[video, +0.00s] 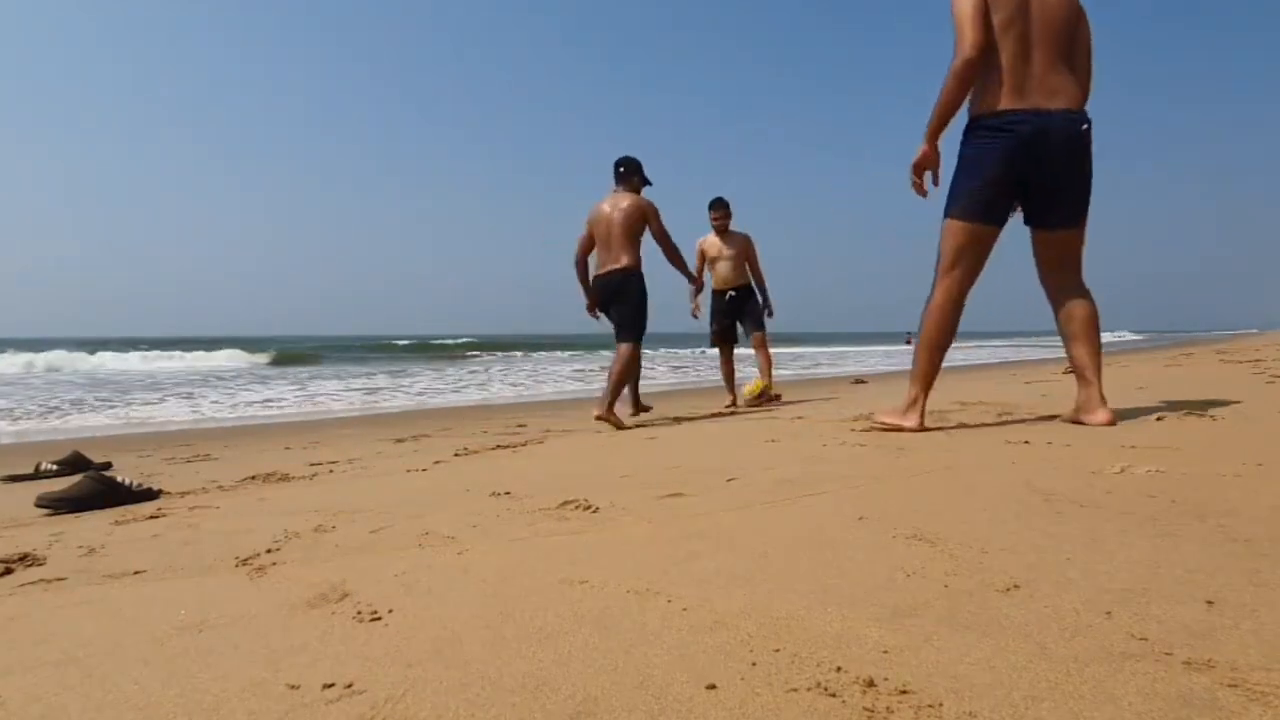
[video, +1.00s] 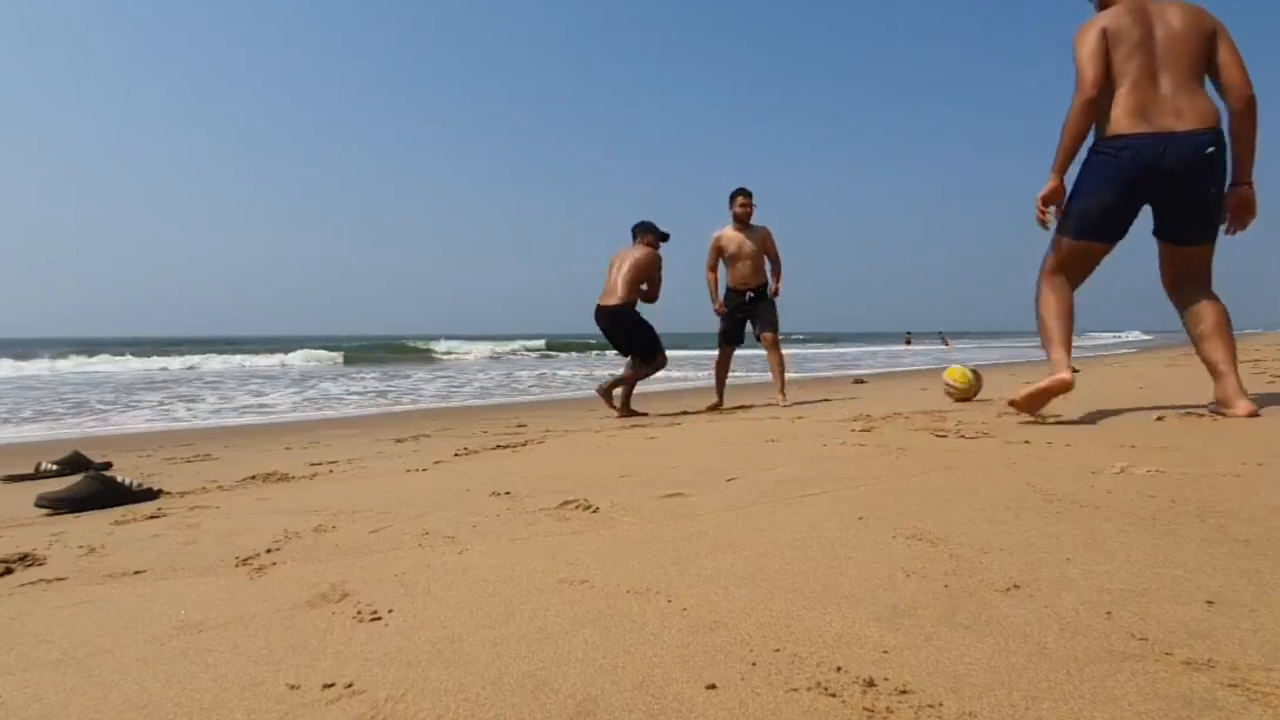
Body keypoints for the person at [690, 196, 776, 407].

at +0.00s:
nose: (720, 223)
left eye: (724, 218)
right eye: (715, 219)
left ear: (730, 217)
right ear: (710, 219)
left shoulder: (743, 240)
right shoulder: (704, 244)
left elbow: (755, 271)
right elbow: (699, 274)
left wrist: (765, 298)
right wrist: (695, 299)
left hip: (744, 292)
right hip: (720, 295)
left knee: (759, 339)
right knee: (725, 349)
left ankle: (767, 389)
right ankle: (731, 396)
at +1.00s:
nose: (747, 210)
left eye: (750, 206)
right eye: (742, 206)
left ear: (753, 209)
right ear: (732, 208)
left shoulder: (762, 234)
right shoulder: (721, 238)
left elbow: (775, 260)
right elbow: (712, 269)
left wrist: (776, 282)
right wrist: (715, 299)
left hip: (760, 292)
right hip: (735, 293)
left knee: (770, 339)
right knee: (726, 348)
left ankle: (781, 393)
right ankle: (719, 397)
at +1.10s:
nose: (762, 208)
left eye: (764, 203)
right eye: (757, 203)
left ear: (768, 206)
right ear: (746, 205)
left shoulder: (774, 232)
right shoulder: (732, 234)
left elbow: (786, 260)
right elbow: (721, 265)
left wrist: (782, 277)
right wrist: (723, 295)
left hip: (769, 290)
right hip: (743, 292)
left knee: (777, 339)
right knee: (732, 345)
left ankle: (782, 393)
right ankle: (723, 395)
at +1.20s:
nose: (771, 206)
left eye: (774, 202)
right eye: (766, 201)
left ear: (777, 204)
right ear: (756, 203)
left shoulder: (783, 230)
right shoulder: (741, 230)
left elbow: (794, 258)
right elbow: (730, 260)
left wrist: (795, 279)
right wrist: (730, 289)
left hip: (776, 288)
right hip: (749, 288)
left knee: (781, 338)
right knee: (741, 343)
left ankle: (782, 393)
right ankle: (740, 392)